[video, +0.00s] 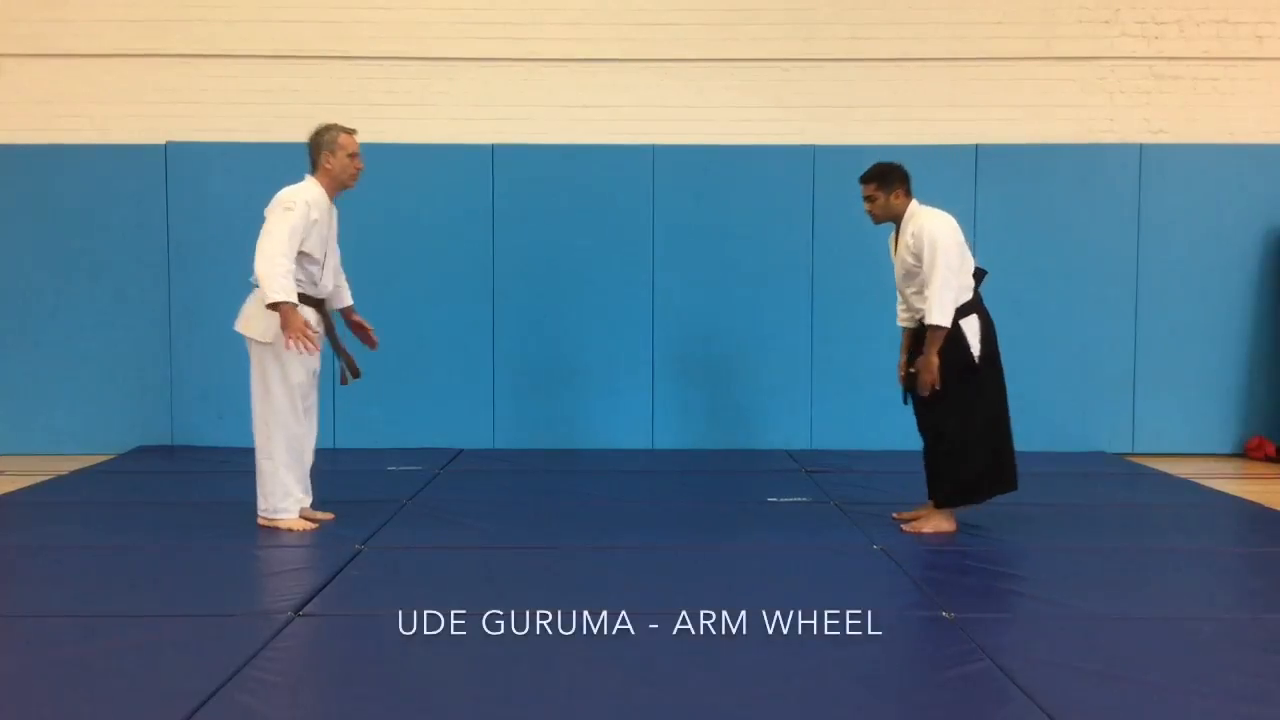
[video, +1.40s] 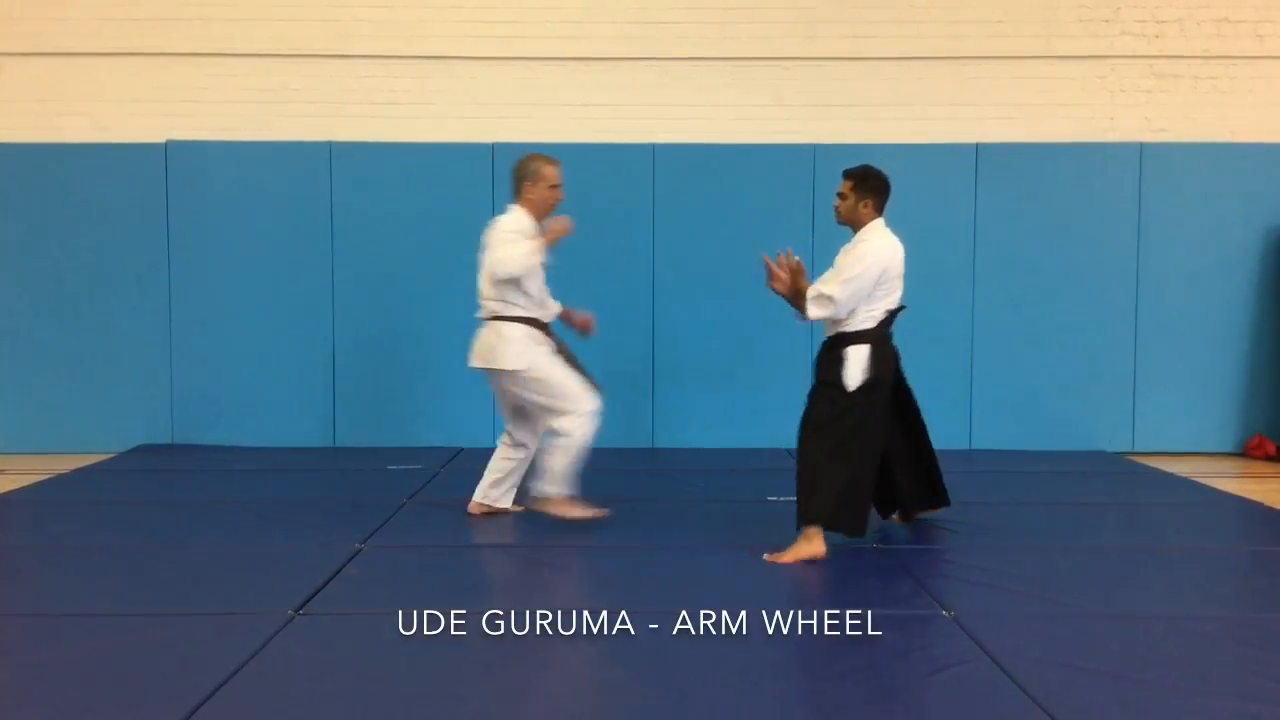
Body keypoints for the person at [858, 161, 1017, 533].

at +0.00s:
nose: (867, 207)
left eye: (872, 199)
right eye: (865, 200)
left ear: (898, 195)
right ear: (893, 198)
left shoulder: (936, 226)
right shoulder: (900, 235)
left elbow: (943, 293)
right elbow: (907, 300)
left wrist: (931, 354)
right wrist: (906, 353)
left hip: (957, 332)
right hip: (931, 332)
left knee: (948, 420)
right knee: (933, 420)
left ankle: (945, 512)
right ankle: (936, 504)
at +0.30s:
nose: (872, 193)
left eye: (878, 186)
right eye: (872, 186)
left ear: (903, 187)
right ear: (899, 188)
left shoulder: (931, 222)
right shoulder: (907, 226)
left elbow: (929, 290)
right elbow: (913, 289)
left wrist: (903, 342)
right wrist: (901, 341)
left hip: (946, 330)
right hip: (927, 329)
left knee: (939, 417)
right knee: (927, 416)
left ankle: (944, 511)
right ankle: (936, 503)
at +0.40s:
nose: (883, 185)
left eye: (890, 178)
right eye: (884, 178)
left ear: (914, 180)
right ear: (911, 181)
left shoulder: (937, 220)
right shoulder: (913, 221)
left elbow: (915, 280)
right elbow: (909, 282)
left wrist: (868, 316)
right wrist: (879, 318)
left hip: (941, 329)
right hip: (922, 327)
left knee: (934, 417)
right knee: (921, 416)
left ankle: (943, 511)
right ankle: (933, 504)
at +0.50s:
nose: (892, 181)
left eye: (899, 175)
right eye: (894, 175)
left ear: (923, 179)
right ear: (919, 180)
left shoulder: (939, 221)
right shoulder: (919, 220)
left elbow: (899, 266)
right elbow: (915, 276)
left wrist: (836, 275)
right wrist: (879, 288)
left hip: (936, 327)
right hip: (919, 325)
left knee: (922, 413)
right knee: (912, 413)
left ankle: (938, 504)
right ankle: (927, 501)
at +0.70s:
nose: (896, 179)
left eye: (903, 173)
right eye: (897, 173)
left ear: (926, 177)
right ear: (924, 178)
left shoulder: (933, 217)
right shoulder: (928, 214)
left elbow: (885, 245)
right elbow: (892, 247)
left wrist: (828, 225)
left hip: (917, 323)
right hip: (929, 320)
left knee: (887, 403)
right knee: (931, 406)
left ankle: (898, 505)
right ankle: (937, 501)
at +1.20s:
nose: (860, 191)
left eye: (867, 185)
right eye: (861, 184)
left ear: (892, 191)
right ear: (890, 191)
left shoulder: (895, 231)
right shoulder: (904, 226)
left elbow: (863, 284)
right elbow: (879, 291)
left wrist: (820, 267)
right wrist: (838, 298)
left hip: (887, 337)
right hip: (905, 333)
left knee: (851, 417)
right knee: (915, 417)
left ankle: (833, 511)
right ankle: (934, 498)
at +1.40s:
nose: (835, 203)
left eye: (843, 197)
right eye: (838, 196)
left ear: (866, 204)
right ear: (869, 205)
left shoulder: (868, 248)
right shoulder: (885, 242)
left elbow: (829, 305)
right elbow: (839, 303)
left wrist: (797, 292)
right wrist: (799, 293)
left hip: (852, 353)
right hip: (874, 349)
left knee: (816, 438)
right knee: (881, 429)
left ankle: (812, 534)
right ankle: (907, 503)